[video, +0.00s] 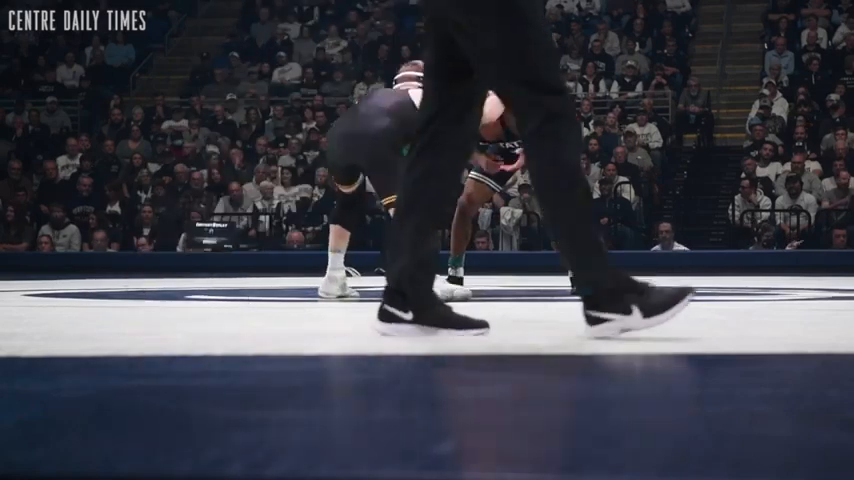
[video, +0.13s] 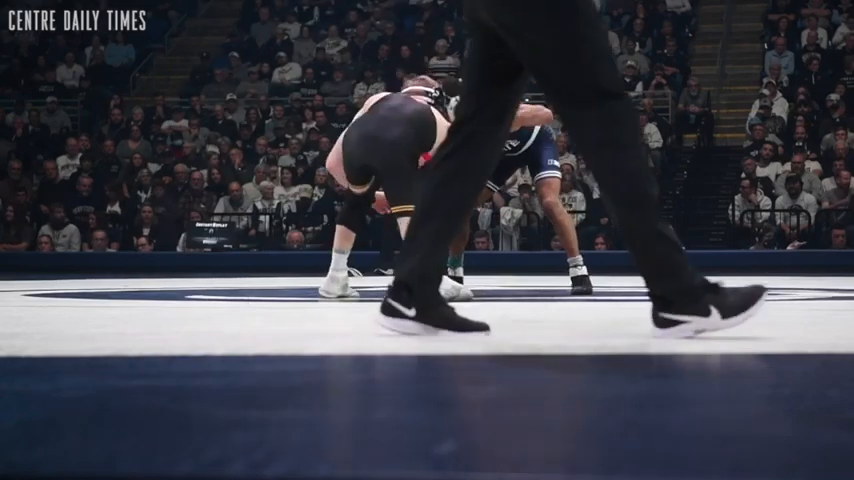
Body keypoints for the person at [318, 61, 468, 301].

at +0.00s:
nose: (497, 137)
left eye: (502, 134)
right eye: (501, 131)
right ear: (495, 118)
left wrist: (480, 159)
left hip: (340, 135)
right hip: (378, 137)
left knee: (348, 200)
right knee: (405, 212)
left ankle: (333, 277)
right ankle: (423, 281)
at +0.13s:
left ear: (403, 92)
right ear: (437, 99)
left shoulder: (378, 99)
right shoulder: (443, 124)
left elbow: (333, 162)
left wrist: (370, 195)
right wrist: (395, 195)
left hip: (358, 142)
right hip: (399, 147)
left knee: (358, 197)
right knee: (412, 231)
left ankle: (335, 277)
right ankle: (430, 280)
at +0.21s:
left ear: (417, 93)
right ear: (448, 101)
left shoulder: (391, 104)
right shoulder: (453, 120)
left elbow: (336, 150)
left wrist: (366, 191)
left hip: (369, 142)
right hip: (410, 147)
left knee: (363, 204)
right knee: (424, 238)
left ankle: (336, 279)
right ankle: (437, 286)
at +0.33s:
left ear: (417, 78)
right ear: (452, 80)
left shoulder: (401, 87)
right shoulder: (462, 98)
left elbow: (351, 132)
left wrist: (387, 164)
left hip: (394, 137)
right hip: (437, 147)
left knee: (377, 200)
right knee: (442, 229)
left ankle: (352, 275)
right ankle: (438, 280)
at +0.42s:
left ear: (414, 74)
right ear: (447, 72)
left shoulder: (400, 86)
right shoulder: (463, 90)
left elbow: (349, 136)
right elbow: (476, 98)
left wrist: (394, 158)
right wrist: (468, 75)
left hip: (401, 132)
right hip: (446, 138)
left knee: (389, 191)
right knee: (449, 222)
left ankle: (382, 271)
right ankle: (441, 278)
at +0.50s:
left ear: (411, 75)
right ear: (445, 70)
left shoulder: (399, 89)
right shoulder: (461, 87)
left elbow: (354, 145)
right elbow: (488, 105)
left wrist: (394, 161)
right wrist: (484, 79)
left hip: (405, 122)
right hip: (448, 127)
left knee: (405, 192)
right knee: (459, 214)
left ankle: (400, 277)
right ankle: (446, 271)